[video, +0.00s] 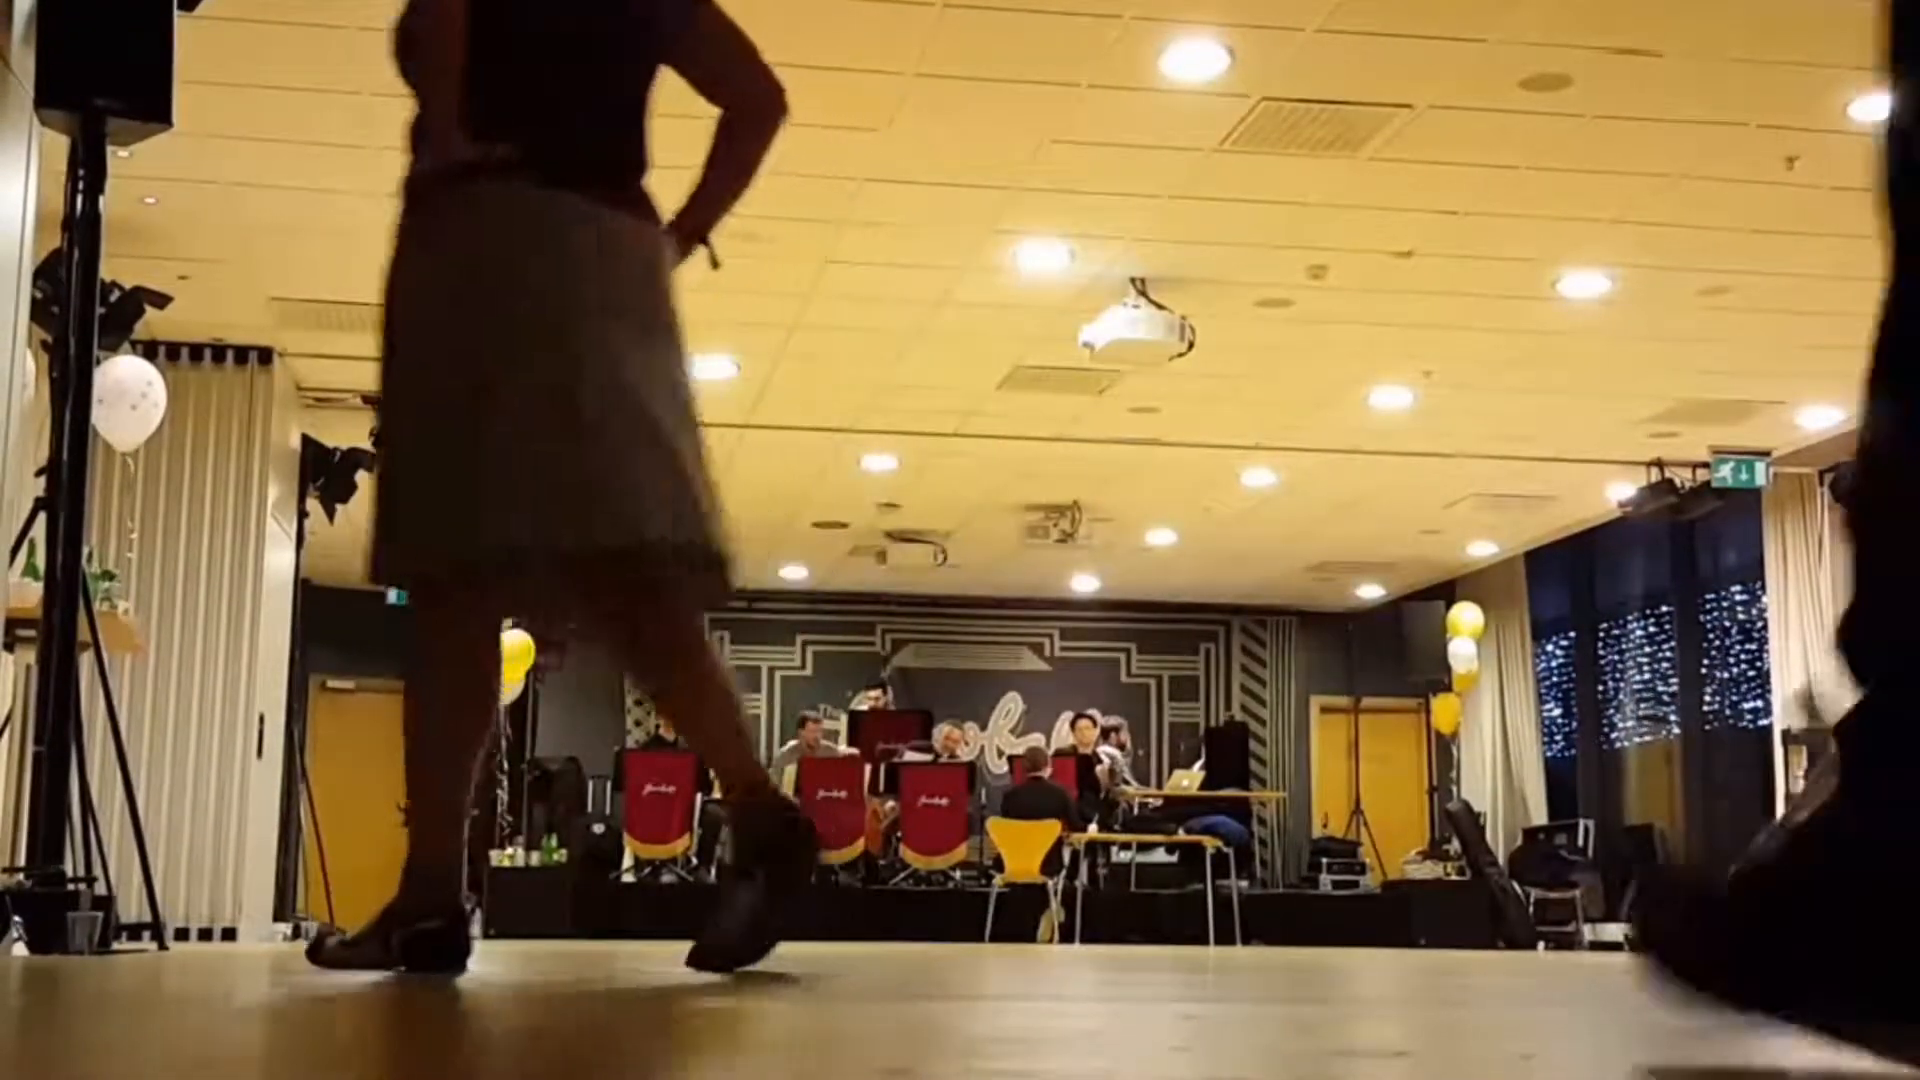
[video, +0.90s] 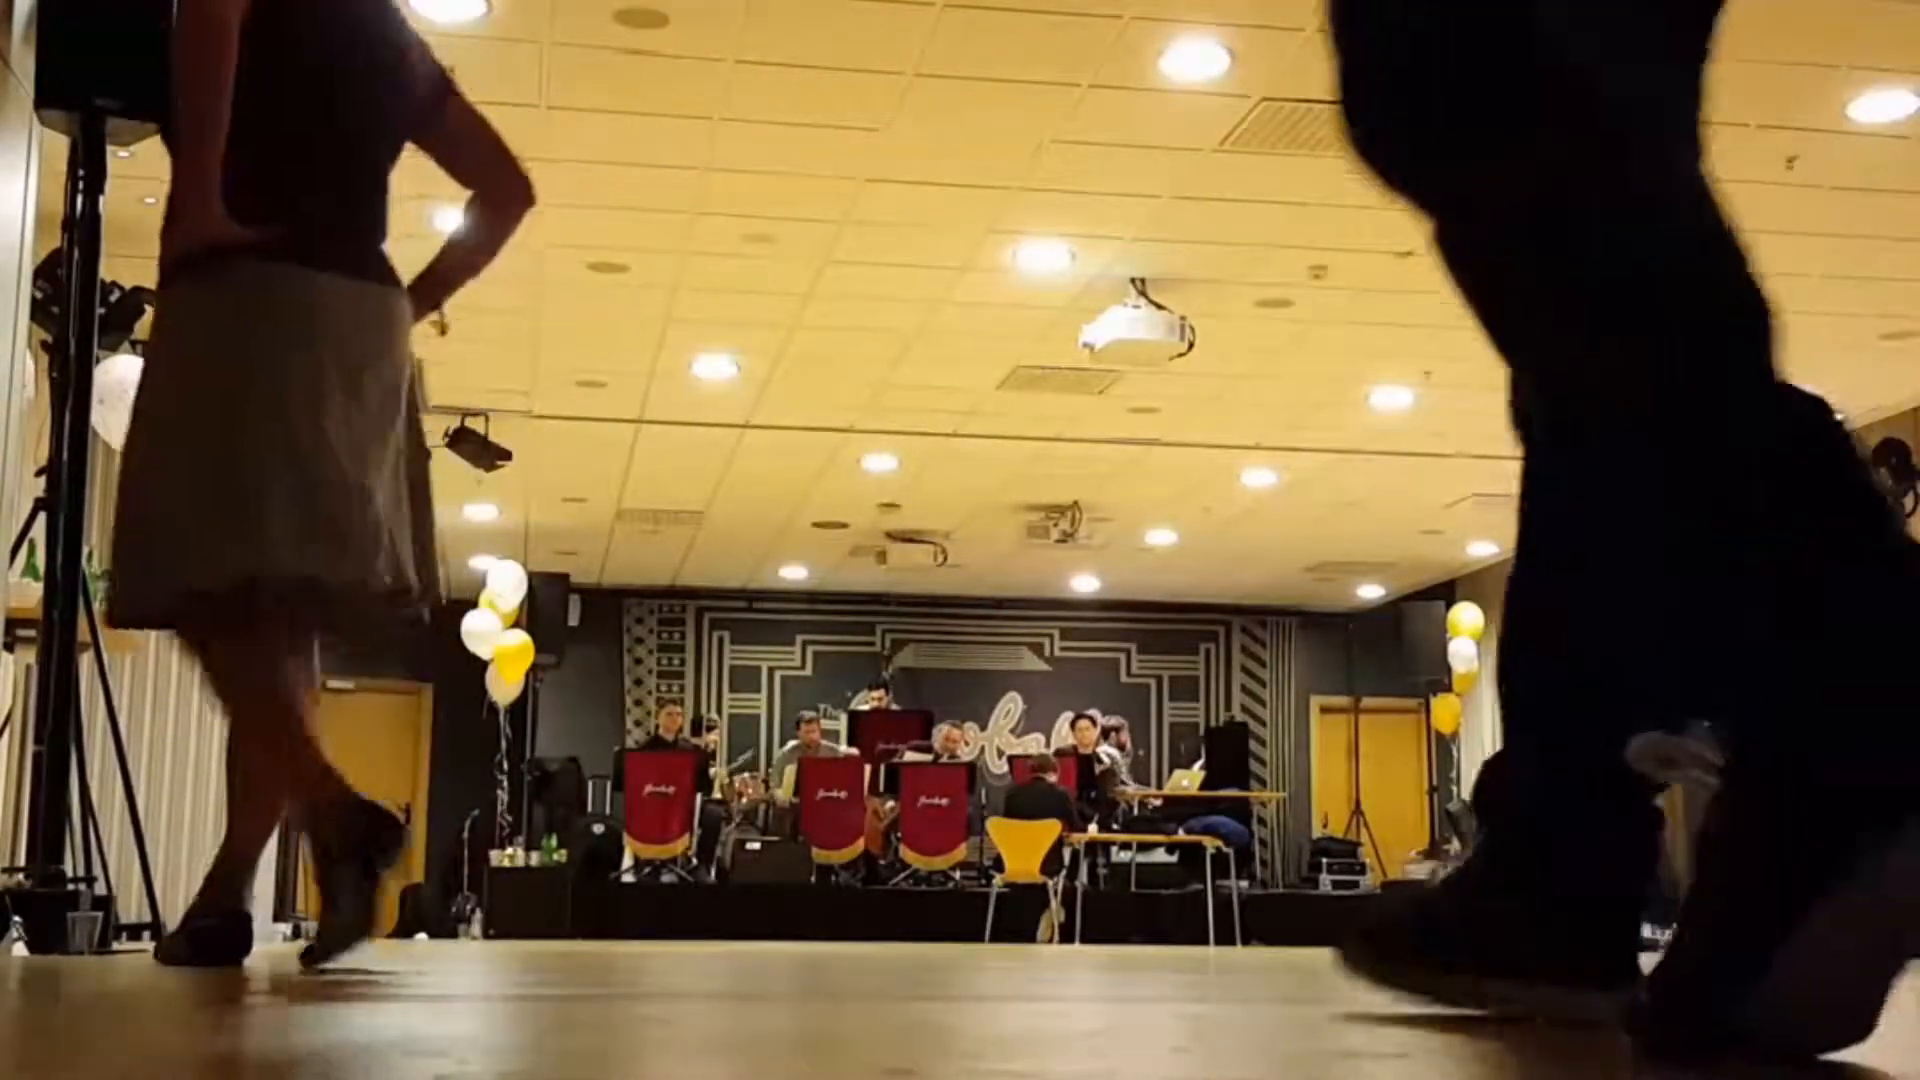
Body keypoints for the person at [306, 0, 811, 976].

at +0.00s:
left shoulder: (447, 6)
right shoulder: (643, 4)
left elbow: (425, 41)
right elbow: (757, 99)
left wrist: (440, 132)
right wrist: (684, 231)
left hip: (467, 260)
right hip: (604, 260)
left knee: (450, 592)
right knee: (624, 576)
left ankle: (431, 899)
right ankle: (764, 815)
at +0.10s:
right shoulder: (602, 8)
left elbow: (363, 11)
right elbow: (723, 104)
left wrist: (386, 143)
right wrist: (651, 249)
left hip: (429, 247)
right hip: (571, 255)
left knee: (429, 600)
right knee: (562, 581)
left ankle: (430, 899)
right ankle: (697, 793)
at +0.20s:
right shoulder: (566, 5)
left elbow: (305, 7)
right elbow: (697, 97)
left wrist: (342, 152)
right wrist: (627, 242)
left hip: (394, 250)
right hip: (539, 256)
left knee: (413, 601)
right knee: (526, 585)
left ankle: (429, 901)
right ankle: (589, 817)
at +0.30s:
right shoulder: (541, 6)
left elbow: (263, 5)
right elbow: (674, 92)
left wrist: (305, 153)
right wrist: (603, 235)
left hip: (387, 250)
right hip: (522, 260)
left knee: (407, 595)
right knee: (476, 607)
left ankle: (426, 896)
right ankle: (459, 894)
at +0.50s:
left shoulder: (278, 9)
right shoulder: (491, 10)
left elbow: (212, 9)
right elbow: (623, 114)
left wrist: (262, 170)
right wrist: (551, 260)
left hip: (347, 262)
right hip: (478, 274)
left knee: (375, 591)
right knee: (400, 592)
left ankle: (428, 894)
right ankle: (301, 868)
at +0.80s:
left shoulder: (230, 4)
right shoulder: (405, 28)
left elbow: (205, 100)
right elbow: (530, 180)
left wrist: (215, 199)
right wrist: (448, 291)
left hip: (266, 289)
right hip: (387, 301)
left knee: (296, 592)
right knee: (319, 604)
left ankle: (391, 853)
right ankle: (232, 897)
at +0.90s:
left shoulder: (228, 12)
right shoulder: (391, 38)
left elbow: (207, 17)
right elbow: (507, 190)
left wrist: (196, 198)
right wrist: (419, 295)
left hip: (243, 301)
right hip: (362, 316)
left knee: (200, 591)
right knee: (292, 614)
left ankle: (340, 820)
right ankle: (224, 900)